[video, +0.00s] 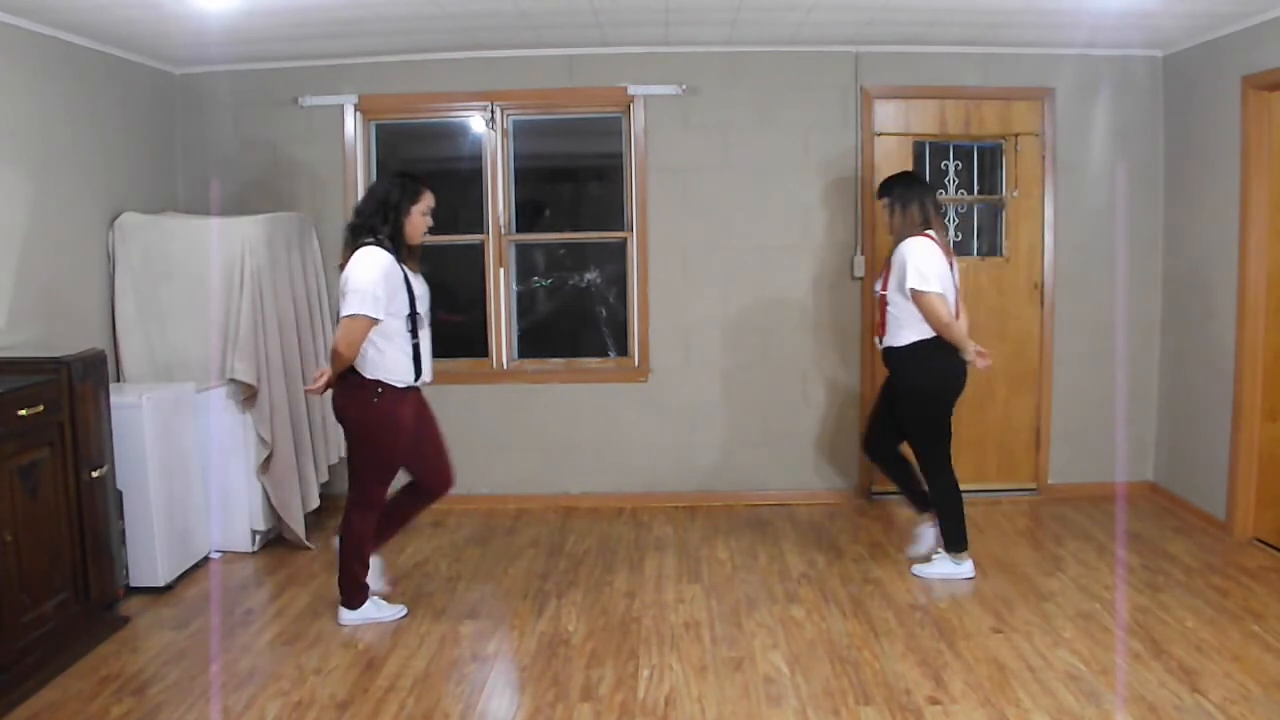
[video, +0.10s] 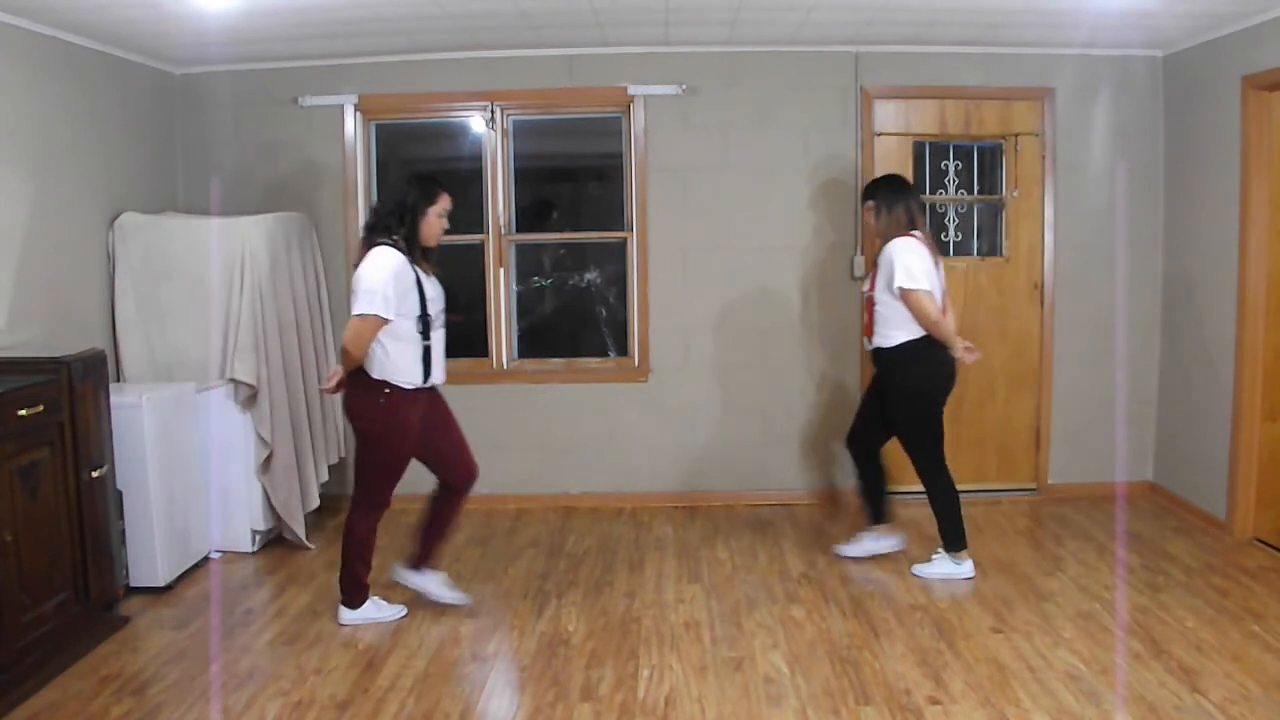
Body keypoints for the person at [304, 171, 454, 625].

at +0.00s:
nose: (430, 223)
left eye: (431, 214)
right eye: (424, 213)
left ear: (403, 215)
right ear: (398, 213)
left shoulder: (398, 263)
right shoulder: (372, 262)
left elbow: (372, 334)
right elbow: (344, 348)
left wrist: (335, 369)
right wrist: (335, 372)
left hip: (401, 394)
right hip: (371, 397)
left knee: (434, 480)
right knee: (367, 500)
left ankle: (365, 546)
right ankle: (353, 602)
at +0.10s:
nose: (446, 225)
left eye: (447, 216)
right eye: (441, 215)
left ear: (422, 217)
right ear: (415, 214)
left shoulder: (415, 264)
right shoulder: (383, 263)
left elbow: (387, 332)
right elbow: (354, 344)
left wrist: (349, 367)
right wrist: (353, 369)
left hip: (419, 398)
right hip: (384, 400)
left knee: (460, 475)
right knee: (370, 502)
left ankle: (420, 567)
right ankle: (353, 601)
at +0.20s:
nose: (464, 229)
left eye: (466, 220)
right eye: (459, 219)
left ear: (444, 222)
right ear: (433, 217)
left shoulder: (437, 269)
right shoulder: (399, 266)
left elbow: (415, 339)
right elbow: (369, 345)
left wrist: (366, 368)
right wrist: (369, 367)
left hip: (440, 403)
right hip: (401, 405)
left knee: (474, 483)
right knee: (378, 502)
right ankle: (354, 600)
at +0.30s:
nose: (483, 231)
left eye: (484, 222)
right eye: (477, 221)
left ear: (463, 225)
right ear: (450, 221)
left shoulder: (456, 272)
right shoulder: (420, 269)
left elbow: (436, 340)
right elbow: (395, 346)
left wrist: (385, 371)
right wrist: (383, 374)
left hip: (460, 408)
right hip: (423, 409)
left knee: (488, 498)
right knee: (393, 503)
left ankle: (531, 585)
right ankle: (356, 597)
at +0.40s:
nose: (506, 225)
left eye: (507, 216)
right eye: (500, 215)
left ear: (491, 217)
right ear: (475, 215)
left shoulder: (485, 266)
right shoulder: (445, 265)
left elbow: (471, 339)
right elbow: (419, 346)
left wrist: (418, 370)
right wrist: (418, 372)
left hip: (489, 404)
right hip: (451, 407)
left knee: (508, 498)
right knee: (425, 499)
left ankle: (536, 588)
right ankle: (367, 586)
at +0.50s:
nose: (527, 214)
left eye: (527, 205)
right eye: (519, 206)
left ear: (513, 209)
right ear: (494, 207)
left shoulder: (506, 257)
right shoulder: (469, 255)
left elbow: (491, 323)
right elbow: (446, 334)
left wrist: (445, 361)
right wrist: (447, 362)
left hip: (512, 392)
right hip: (476, 394)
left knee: (522, 493)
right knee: (475, 497)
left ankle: (536, 588)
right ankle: (395, 568)